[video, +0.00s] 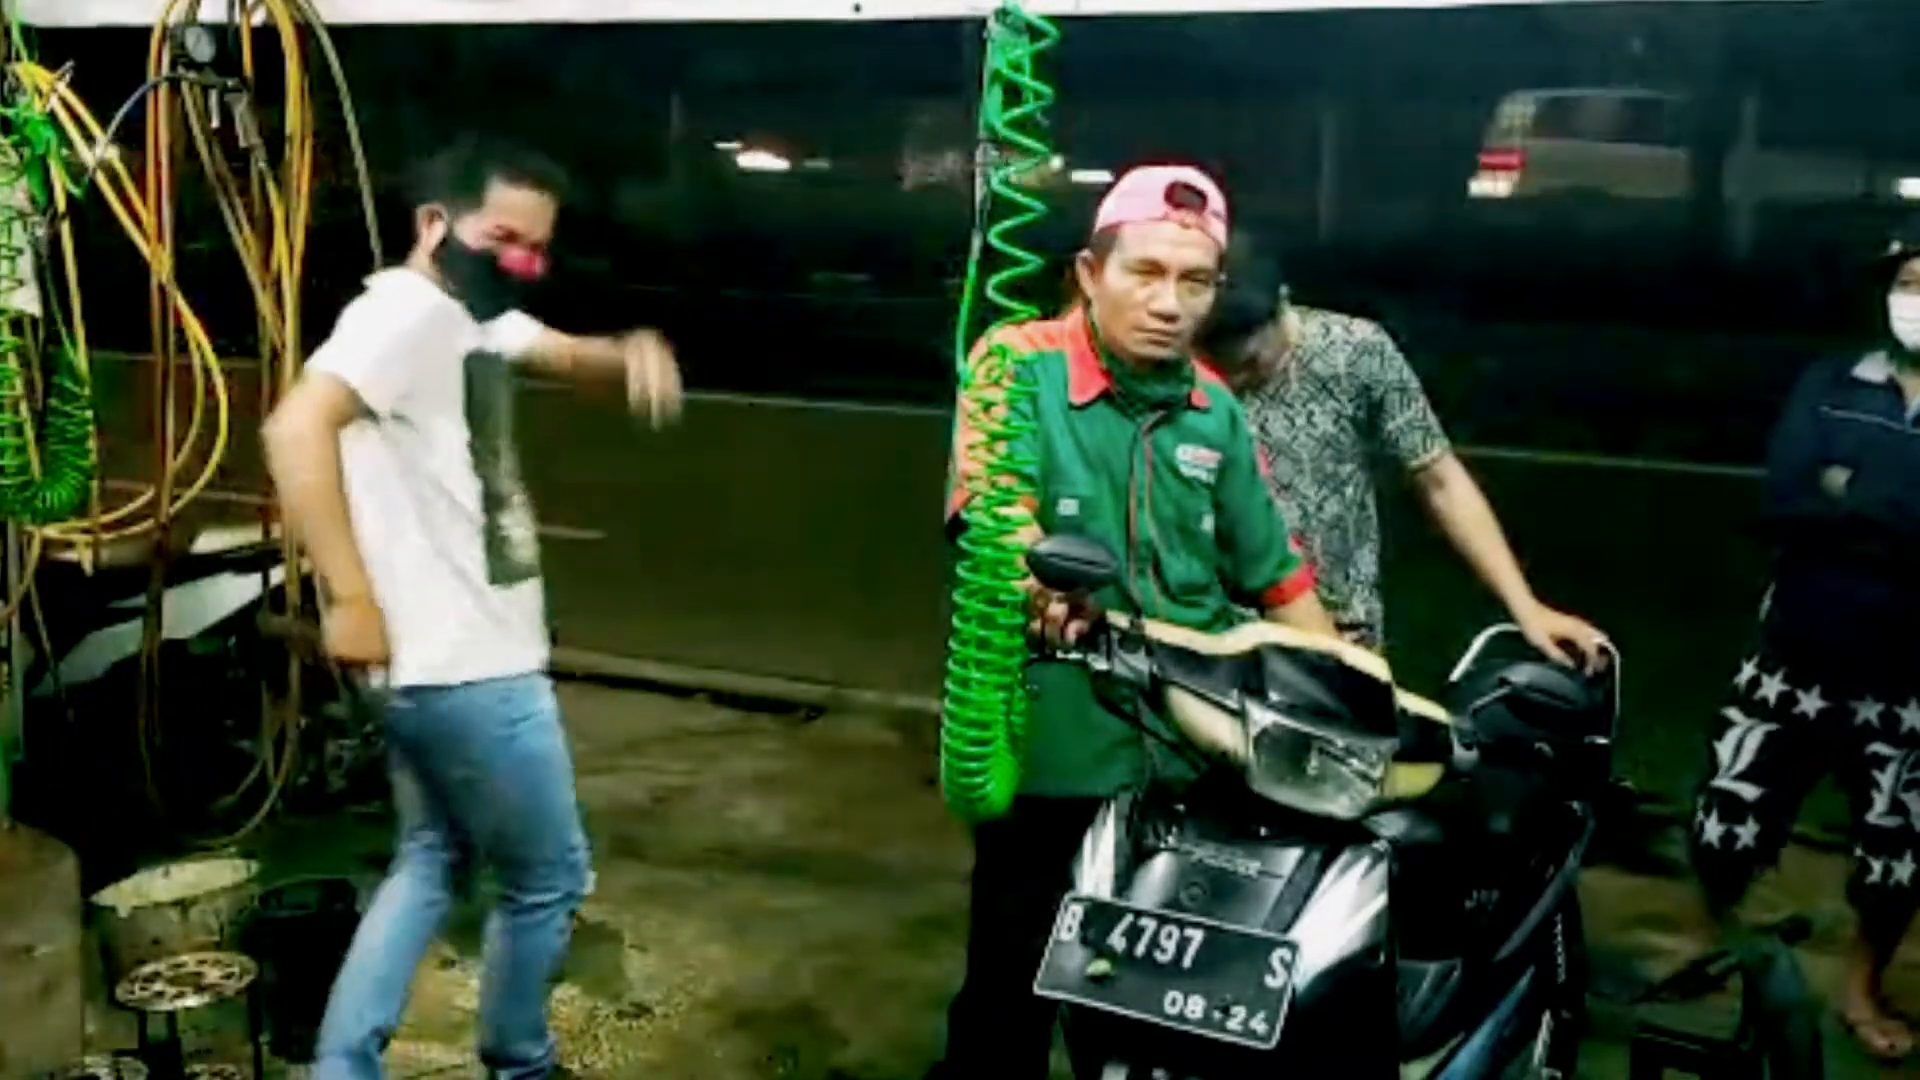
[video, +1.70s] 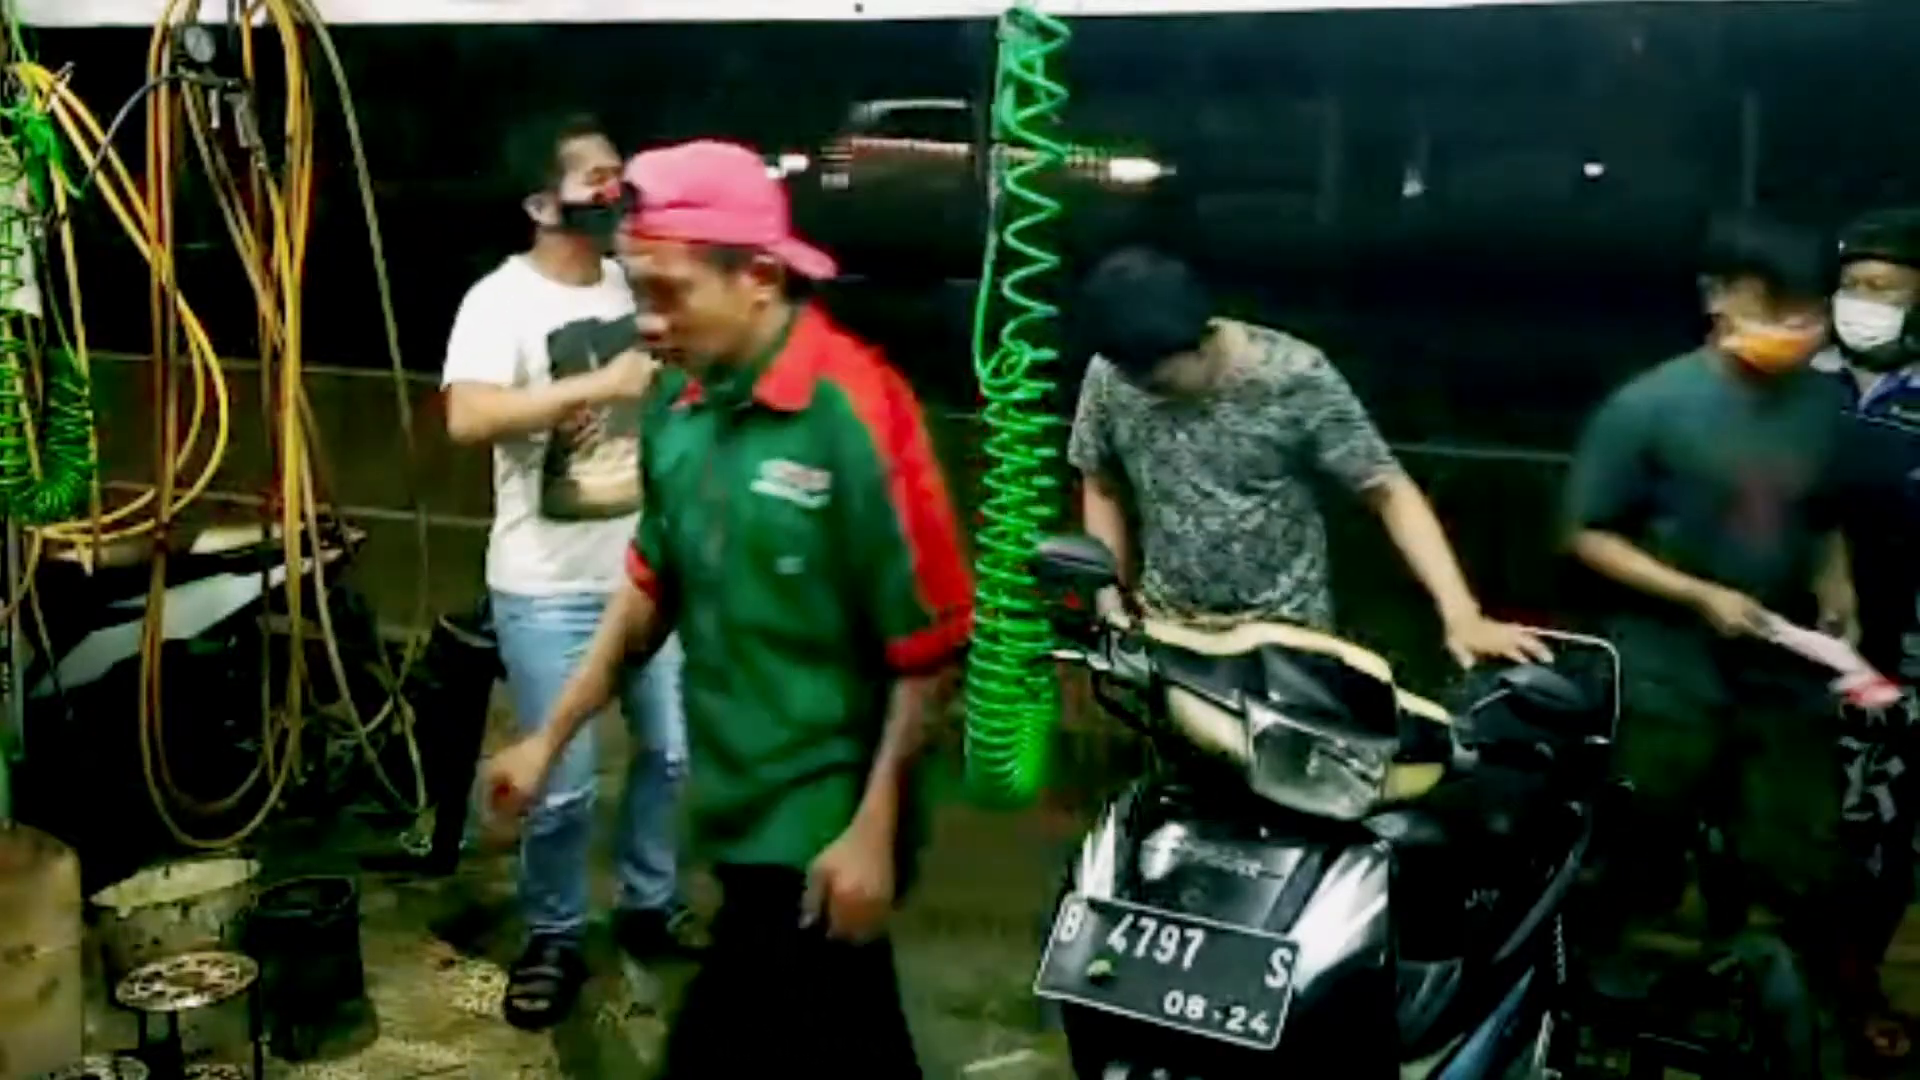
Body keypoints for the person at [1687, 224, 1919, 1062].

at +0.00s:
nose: (1916, 305)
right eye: (1906, 288)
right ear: (1880, 300)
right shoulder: (1832, 391)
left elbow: (1912, 515)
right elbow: (1783, 496)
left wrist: (1845, 482)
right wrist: (1893, 504)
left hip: (1903, 666)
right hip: (1800, 651)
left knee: (1896, 855)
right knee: (1726, 826)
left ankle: (1863, 988)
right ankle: (1710, 933)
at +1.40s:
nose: (1879, 304)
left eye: (1899, 291)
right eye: (1868, 286)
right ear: (1845, 293)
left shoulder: (1917, 411)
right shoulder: (1799, 384)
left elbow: (1909, 512)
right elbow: (1748, 483)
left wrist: (1814, 476)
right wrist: (1860, 507)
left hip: (1890, 649)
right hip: (1782, 632)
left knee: (1883, 832)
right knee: (1737, 799)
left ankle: (1863, 980)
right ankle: (1719, 932)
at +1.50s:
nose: (1876, 306)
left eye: (1896, 292)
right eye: (1864, 288)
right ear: (1838, 296)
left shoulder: (1918, 406)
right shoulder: (1787, 388)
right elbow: (1725, 496)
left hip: (1892, 656)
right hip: (1784, 643)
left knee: (1886, 837)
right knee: (1757, 808)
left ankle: (1862, 984)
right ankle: (1724, 942)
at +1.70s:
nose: (1868, 305)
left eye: (1888, 291)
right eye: (1856, 287)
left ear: (1918, 304)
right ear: (1835, 294)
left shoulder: (1908, 410)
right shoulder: (1805, 398)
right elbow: (1794, 524)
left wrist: (1882, 649)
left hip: (1901, 652)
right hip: (1815, 645)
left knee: (1885, 843)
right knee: (1820, 831)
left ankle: (1860, 995)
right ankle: (1823, 994)